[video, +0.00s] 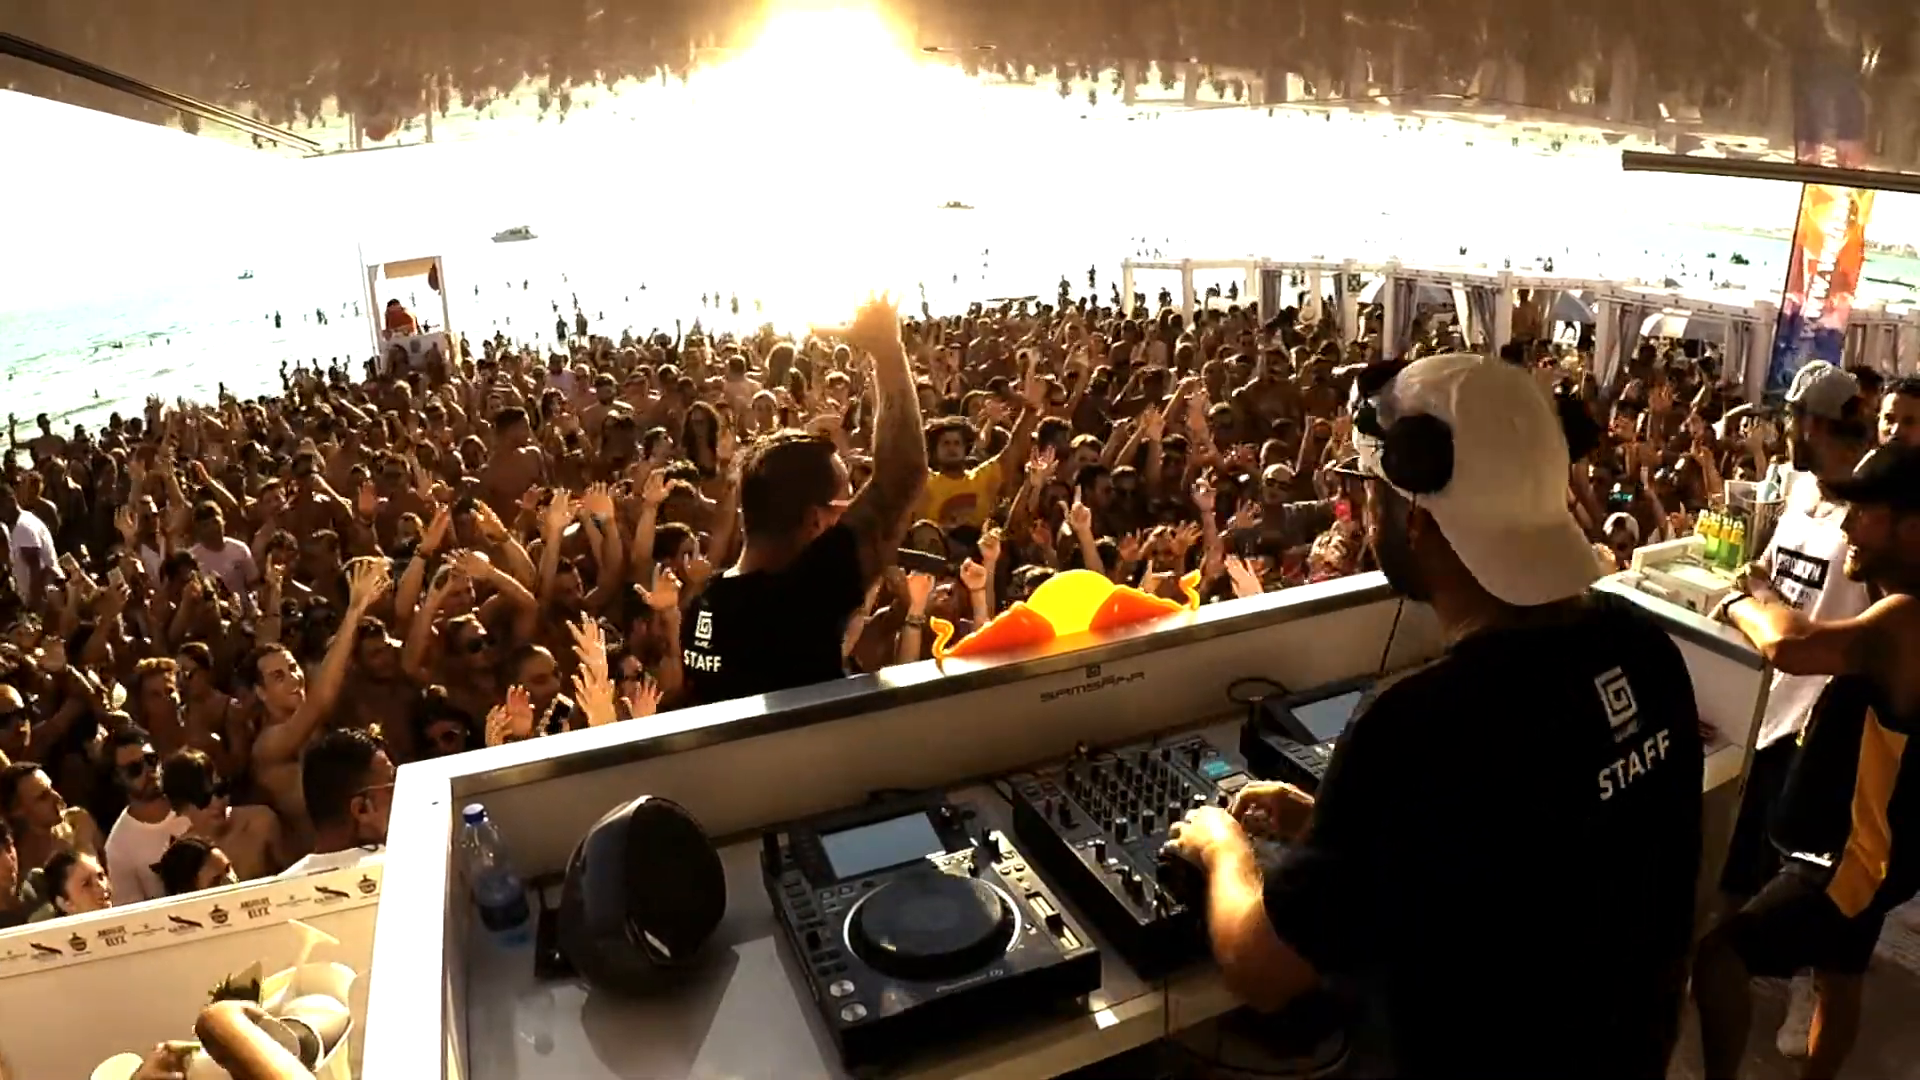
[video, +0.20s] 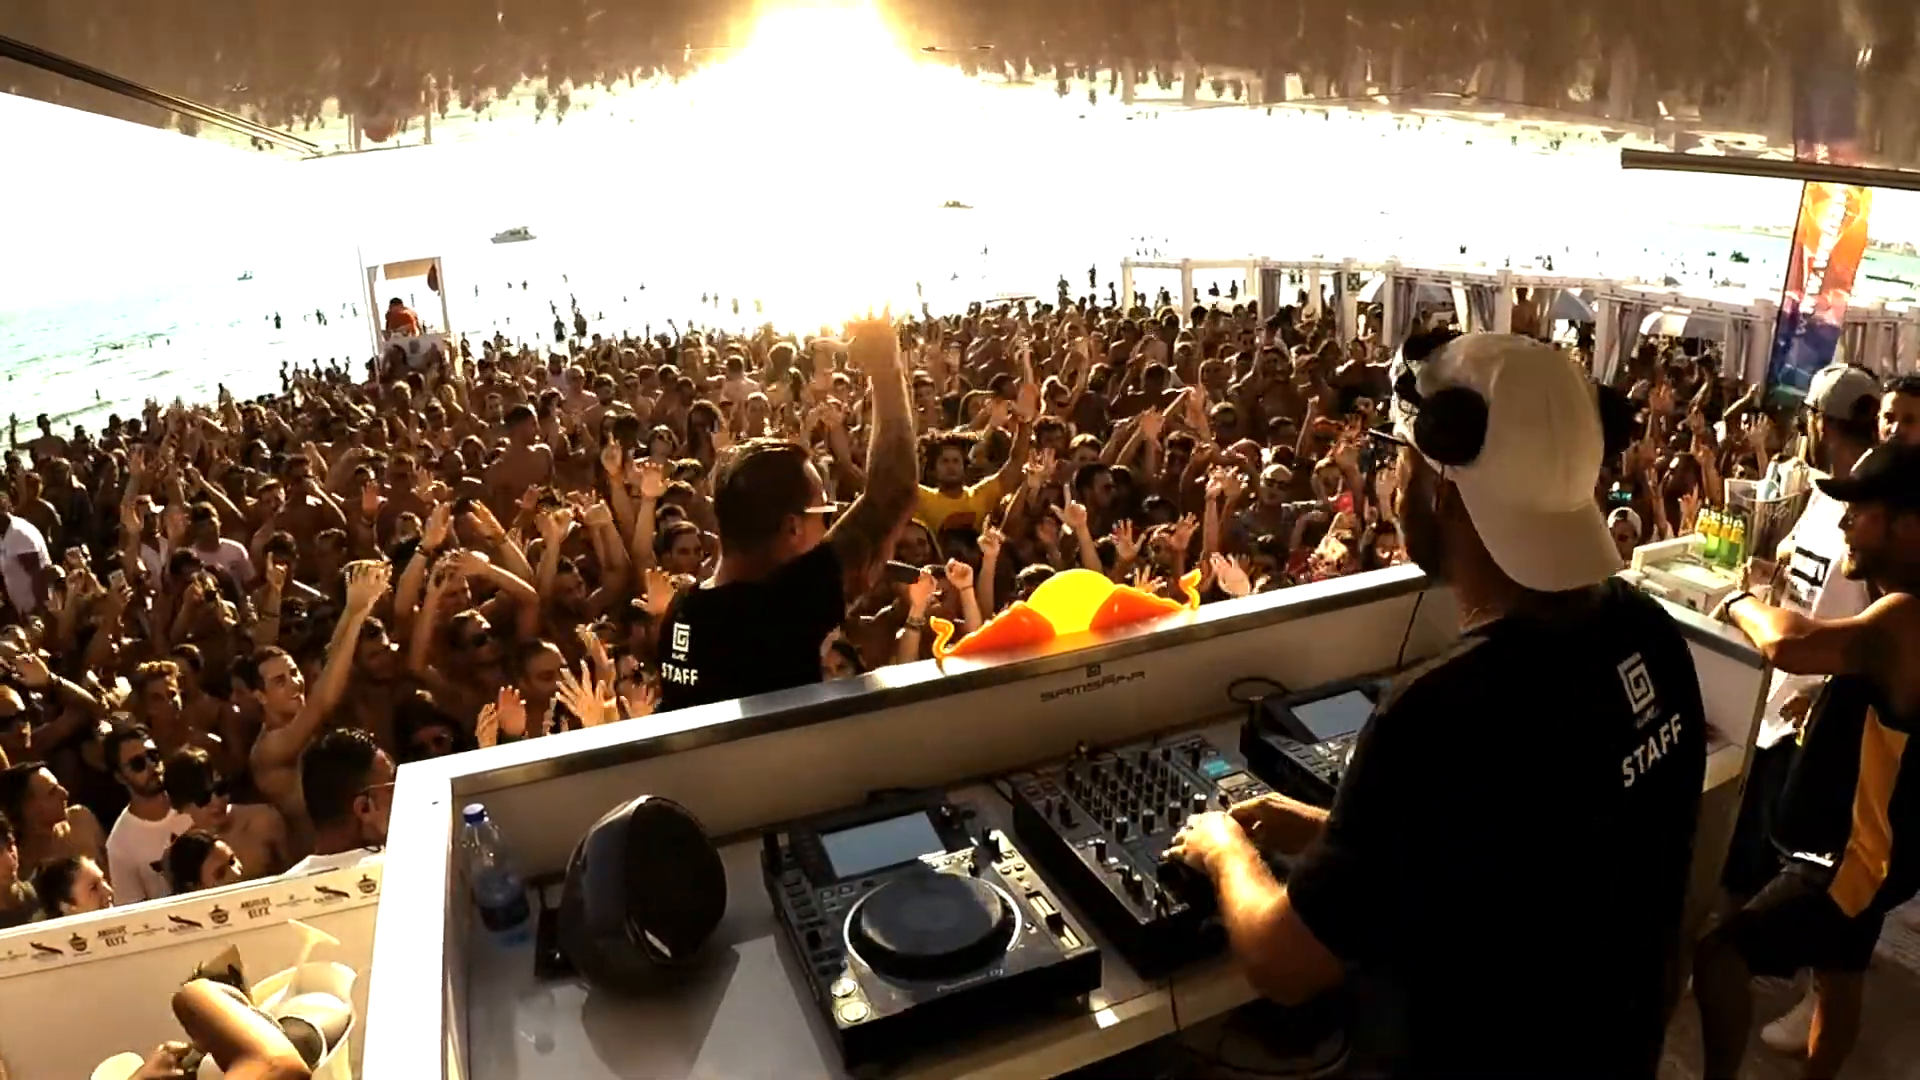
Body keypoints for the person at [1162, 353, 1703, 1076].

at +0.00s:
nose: (1361, 513)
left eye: (1368, 490)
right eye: (1363, 489)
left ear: (1417, 521)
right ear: (1531, 494)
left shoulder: (1417, 723)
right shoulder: (1641, 645)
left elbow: (1261, 968)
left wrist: (1223, 847)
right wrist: (1331, 822)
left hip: (1455, 1069)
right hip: (1628, 1052)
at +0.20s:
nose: (1393, 479)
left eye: (1405, 453)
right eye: (1401, 452)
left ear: (1446, 482)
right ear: (1555, 477)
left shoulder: (1440, 715)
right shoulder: (1645, 633)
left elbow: (1284, 964)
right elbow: (1534, 850)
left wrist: (1226, 850)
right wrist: (1328, 829)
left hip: (1449, 1057)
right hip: (1618, 1045)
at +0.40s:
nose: (1344, 552)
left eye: (1352, 529)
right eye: (1350, 528)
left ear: (1384, 554)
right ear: (1516, 531)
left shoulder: (1396, 788)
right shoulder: (1617, 673)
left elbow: (1251, 1004)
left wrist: (1228, 859)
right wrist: (1315, 843)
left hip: (1421, 1074)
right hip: (1595, 1057)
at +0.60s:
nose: (1346, 509)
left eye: (1354, 484)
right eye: (1350, 482)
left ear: (1387, 518)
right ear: (1524, 497)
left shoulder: (1367, 739)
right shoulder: (1625, 657)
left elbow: (1244, 995)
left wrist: (1224, 858)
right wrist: (1307, 820)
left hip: (1409, 1073)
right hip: (1595, 1053)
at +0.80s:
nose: (1386, 564)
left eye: (1393, 541)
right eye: (1389, 540)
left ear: (1436, 561)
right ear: (1541, 547)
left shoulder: (1424, 771)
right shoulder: (1663, 683)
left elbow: (1259, 1001)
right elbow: (1541, 887)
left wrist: (1225, 860)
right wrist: (1332, 844)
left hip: (1428, 1078)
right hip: (1607, 1059)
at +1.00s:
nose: (1365, 515)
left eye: (1376, 493)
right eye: (1368, 491)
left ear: (1422, 523)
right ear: (1524, 514)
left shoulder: (1398, 727)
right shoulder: (1635, 660)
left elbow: (1240, 983)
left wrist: (1226, 854)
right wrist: (1313, 834)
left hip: (1409, 1069)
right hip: (1581, 1050)